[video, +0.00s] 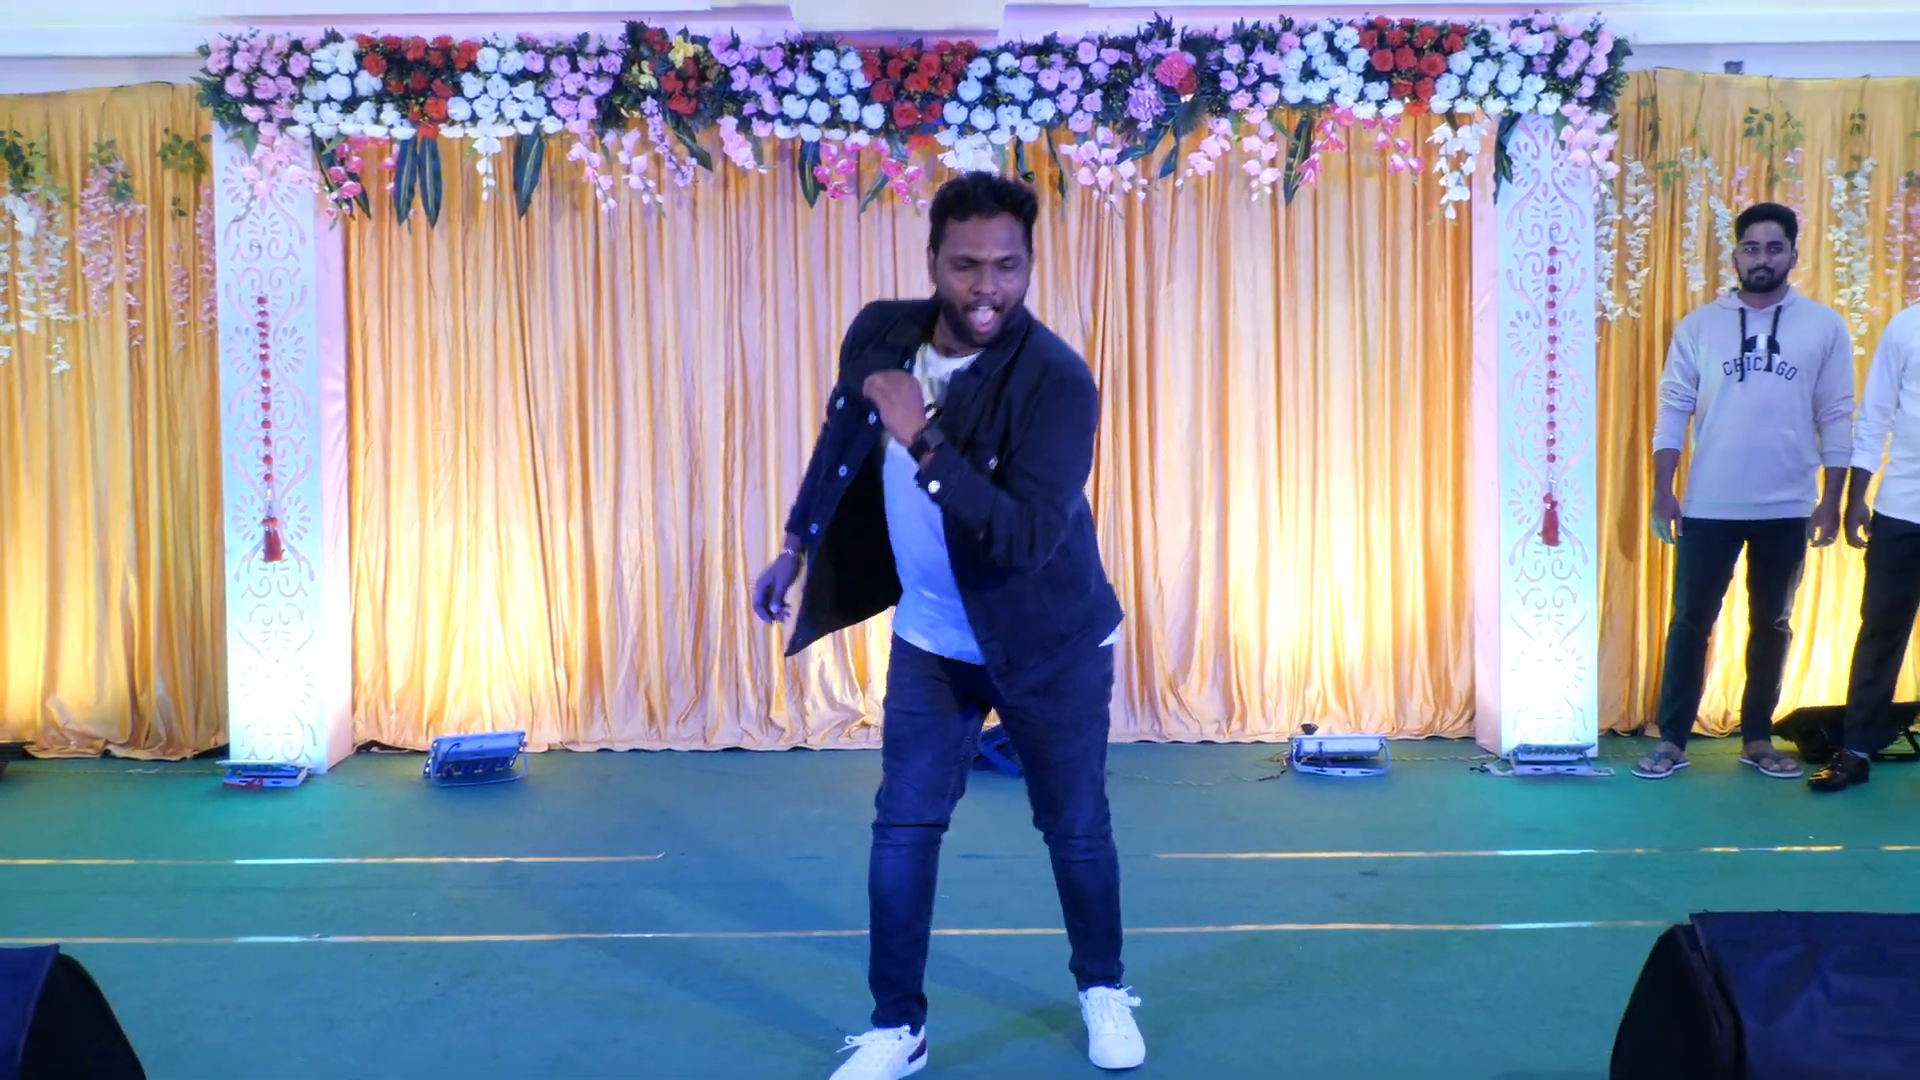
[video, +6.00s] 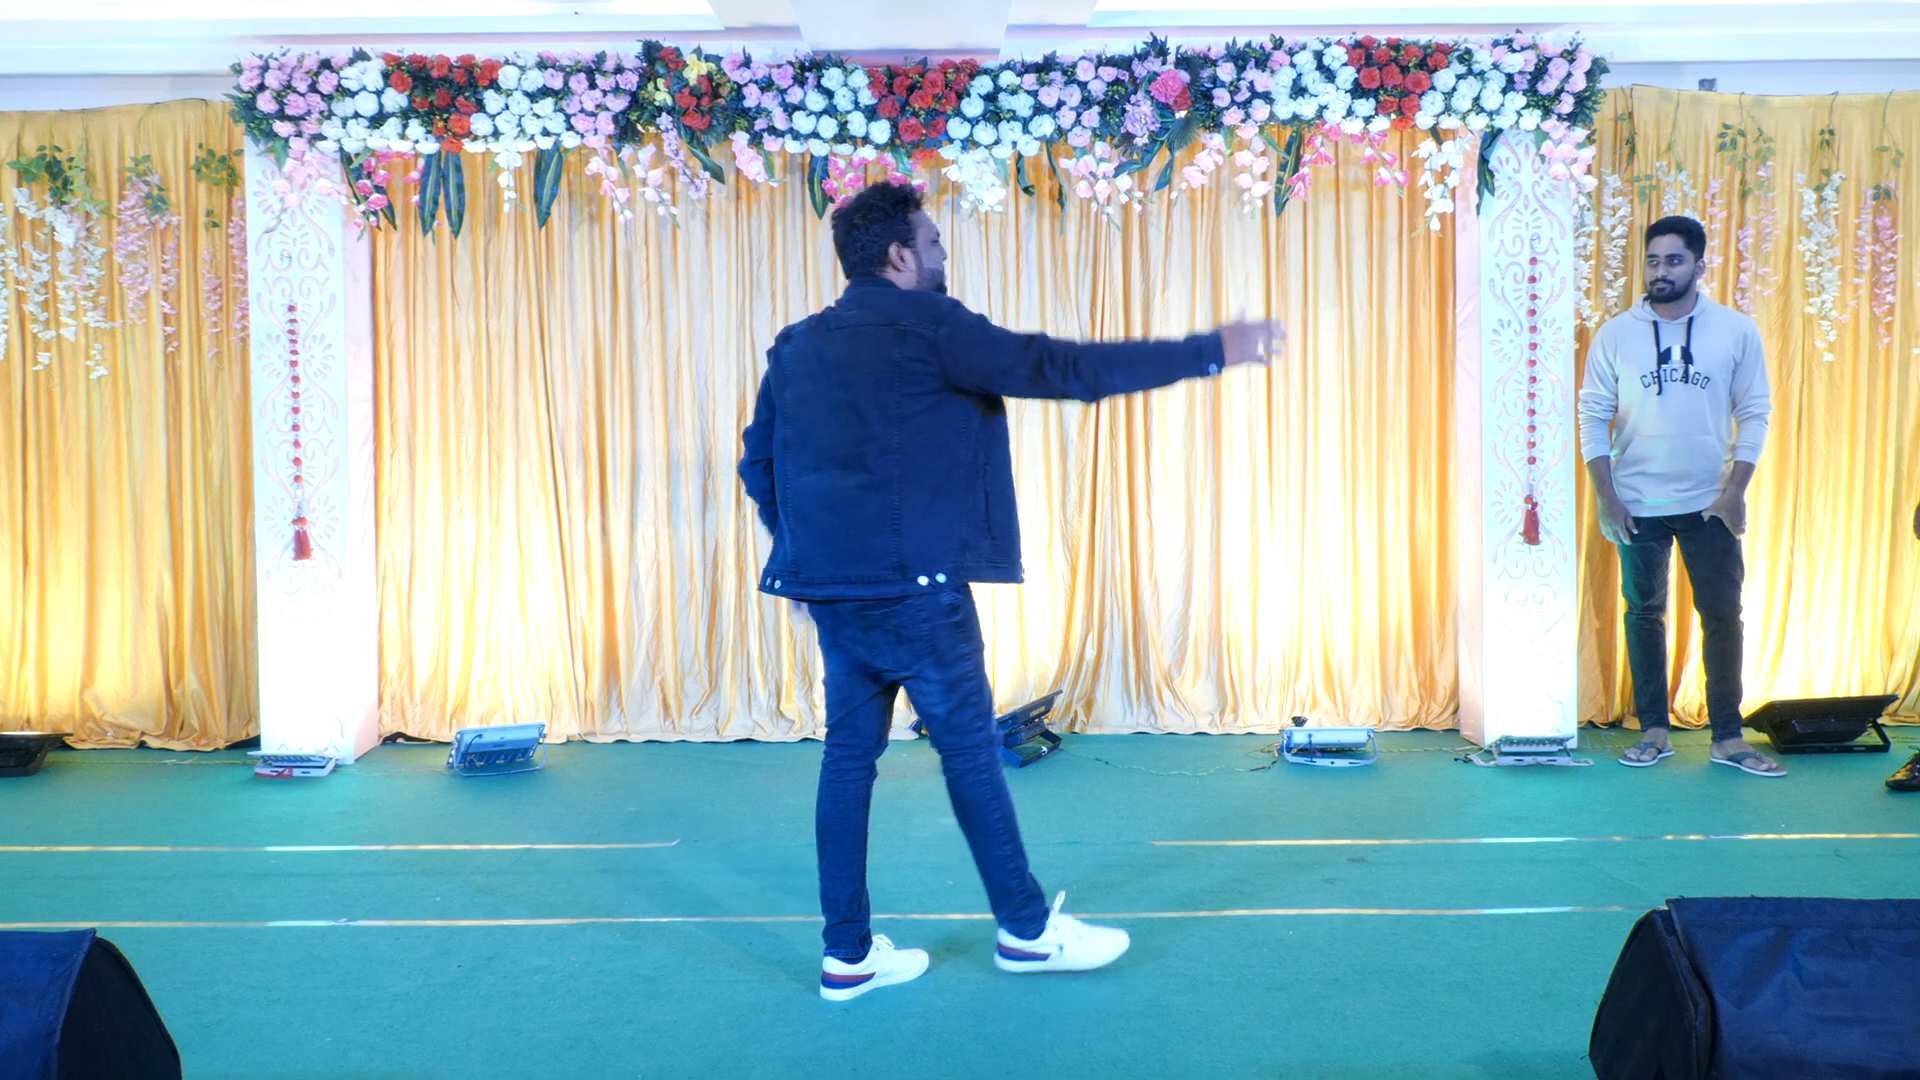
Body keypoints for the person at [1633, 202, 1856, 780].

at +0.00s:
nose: (1761, 257)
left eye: (1773, 248)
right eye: (1750, 247)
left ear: (1793, 256)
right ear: (1735, 255)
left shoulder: (1823, 326)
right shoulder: (1699, 325)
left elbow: (1836, 415)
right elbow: (1674, 407)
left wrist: (1832, 497)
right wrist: (1663, 485)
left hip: (1785, 504)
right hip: (1710, 501)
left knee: (1772, 627)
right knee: (1690, 622)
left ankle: (1757, 741)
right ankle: (1672, 741)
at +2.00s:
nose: (1714, 275)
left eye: (1727, 266)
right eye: (1709, 266)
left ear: (1757, 272)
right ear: (1703, 270)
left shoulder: (1791, 342)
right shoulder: (1672, 339)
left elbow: (1804, 427)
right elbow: (1647, 416)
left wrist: (1800, 507)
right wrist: (1636, 491)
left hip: (1754, 511)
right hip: (1681, 509)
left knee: (1741, 629)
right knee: (1661, 623)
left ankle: (1727, 737)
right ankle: (1644, 737)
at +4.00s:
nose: (1672, 308)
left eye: (1683, 296)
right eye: (1661, 296)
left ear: (1703, 295)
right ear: (1646, 296)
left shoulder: (1739, 341)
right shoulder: (1616, 351)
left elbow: (1783, 377)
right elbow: (1583, 396)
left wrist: (1754, 452)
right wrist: (1599, 461)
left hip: (1713, 499)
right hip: (1641, 501)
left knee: (1726, 618)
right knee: (1640, 616)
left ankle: (1727, 740)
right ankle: (1649, 736)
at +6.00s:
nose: (1661, 270)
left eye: (1674, 260)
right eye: (1653, 260)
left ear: (1700, 264)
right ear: (1643, 266)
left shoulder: (1735, 330)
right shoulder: (1615, 335)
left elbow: (1755, 412)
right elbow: (1593, 415)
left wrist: (1735, 487)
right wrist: (1605, 492)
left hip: (1709, 503)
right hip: (1638, 505)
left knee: (1723, 616)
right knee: (1644, 614)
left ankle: (1726, 738)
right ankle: (1653, 731)